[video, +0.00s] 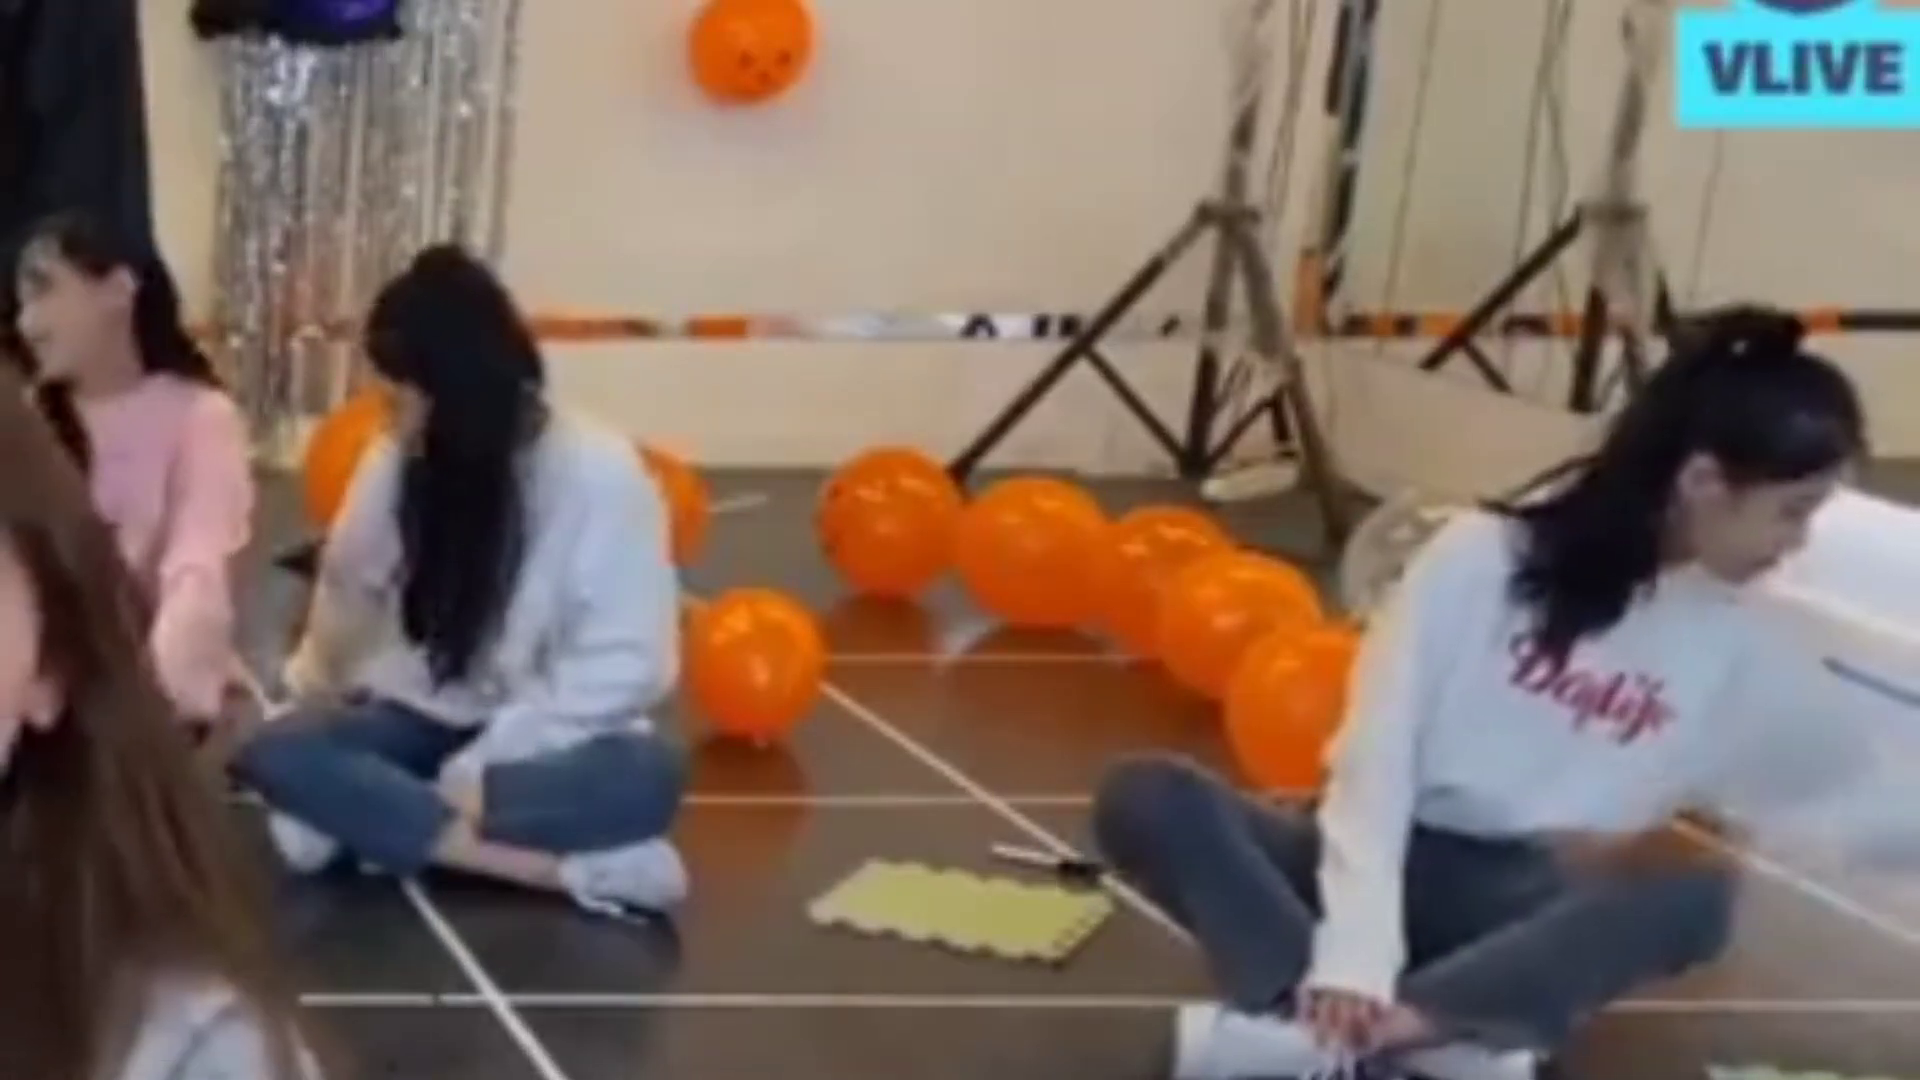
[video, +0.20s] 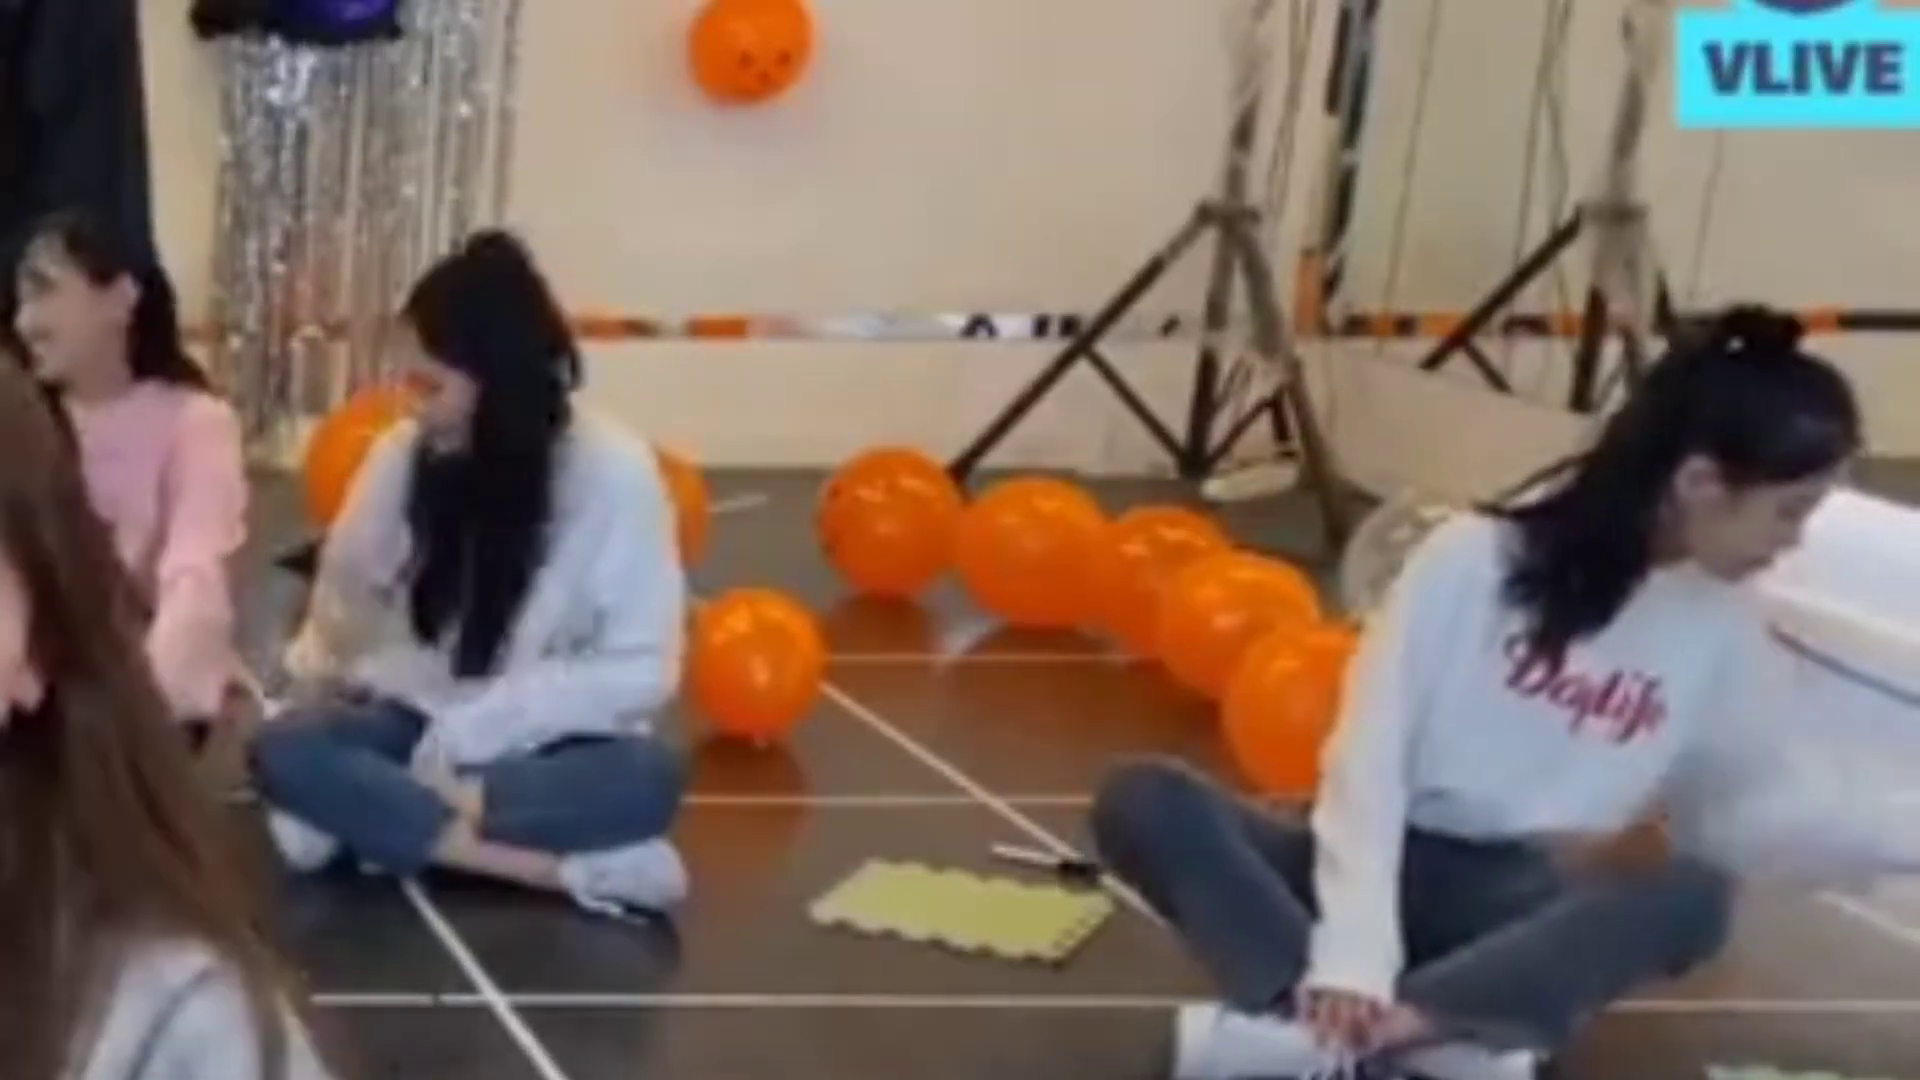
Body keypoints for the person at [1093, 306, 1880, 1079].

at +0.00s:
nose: (1804, 537)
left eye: (1815, 511)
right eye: (1794, 508)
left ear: (1707, 485)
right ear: (1700, 481)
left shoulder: (1750, 651)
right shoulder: (1476, 557)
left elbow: (1883, 789)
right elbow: (1370, 764)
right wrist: (1354, 958)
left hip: (1515, 892)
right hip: (1364, 857)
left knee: (1696, 900)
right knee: (1143, 793)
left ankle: (1320, 1041)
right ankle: (1400, 1050)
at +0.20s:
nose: (1796, 539)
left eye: (1810, 514)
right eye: (1789, 511)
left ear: (1711, 492)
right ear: (1700, 483)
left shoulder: (1720, 638)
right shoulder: (1471, 557)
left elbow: (1718, 827)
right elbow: (1363, 760)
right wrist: (1351, 953)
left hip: (1500, 892)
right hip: (1360, 855)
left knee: (1691, 901)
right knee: (1139, 796)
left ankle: (1326, 1041)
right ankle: (1406, 1046)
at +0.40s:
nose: (1786, 541)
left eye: (1799, 515)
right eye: (1779, 511)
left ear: (1697, 490)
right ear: (1691, 483)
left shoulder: (1693, 630)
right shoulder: (1463, 562)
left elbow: (1649, 811)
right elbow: (1346, 775)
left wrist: (1802, 787)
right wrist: (1364, 952)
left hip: (1501, 891)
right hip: (1355, 861)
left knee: (1698, 893)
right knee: (1137, 801)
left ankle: (1330, 1043)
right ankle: (1403, 1044)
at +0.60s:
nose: (1718, 513)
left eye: (1734, 487)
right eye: (1706, 484)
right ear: (1607, 453)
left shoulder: (1680, 627)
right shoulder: (1418, 554)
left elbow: (1689, 821)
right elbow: (1345, 774)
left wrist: (1859, 849)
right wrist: (1469, 884)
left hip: (1508, 899)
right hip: (1354, 866)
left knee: (1680, 890)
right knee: (1119, 816)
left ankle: (1328, 1033)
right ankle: (1393, 1042)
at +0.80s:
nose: (1617, 487)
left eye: (1639, 461)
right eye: (1599, 453)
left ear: (1655, 449)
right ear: (1497, 421)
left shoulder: (1630, 594)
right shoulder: (1340, 567)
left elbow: (1706, 782)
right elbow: (1284, 790)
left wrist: (1881, 866)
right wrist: (1410, 886)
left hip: (1490, 904)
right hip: (1325, 888)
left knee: (1670, 884)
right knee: (1098, 841)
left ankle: (1314, 1031)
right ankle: (1398, 1046)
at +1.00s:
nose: (1585, 491)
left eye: (1609, 464)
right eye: (1563, 457)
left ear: (1629, 454)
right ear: (1464, 427)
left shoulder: (1619, 603)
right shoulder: (1319, 571)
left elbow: (1751, 773)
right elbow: (1229, 770)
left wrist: (1902, 829)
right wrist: (1286, 917)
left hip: (1469, 906)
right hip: (1300, 882)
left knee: (1670, 879)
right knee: (1086, 851)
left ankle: (1310, 1038)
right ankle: (1399, 1044)